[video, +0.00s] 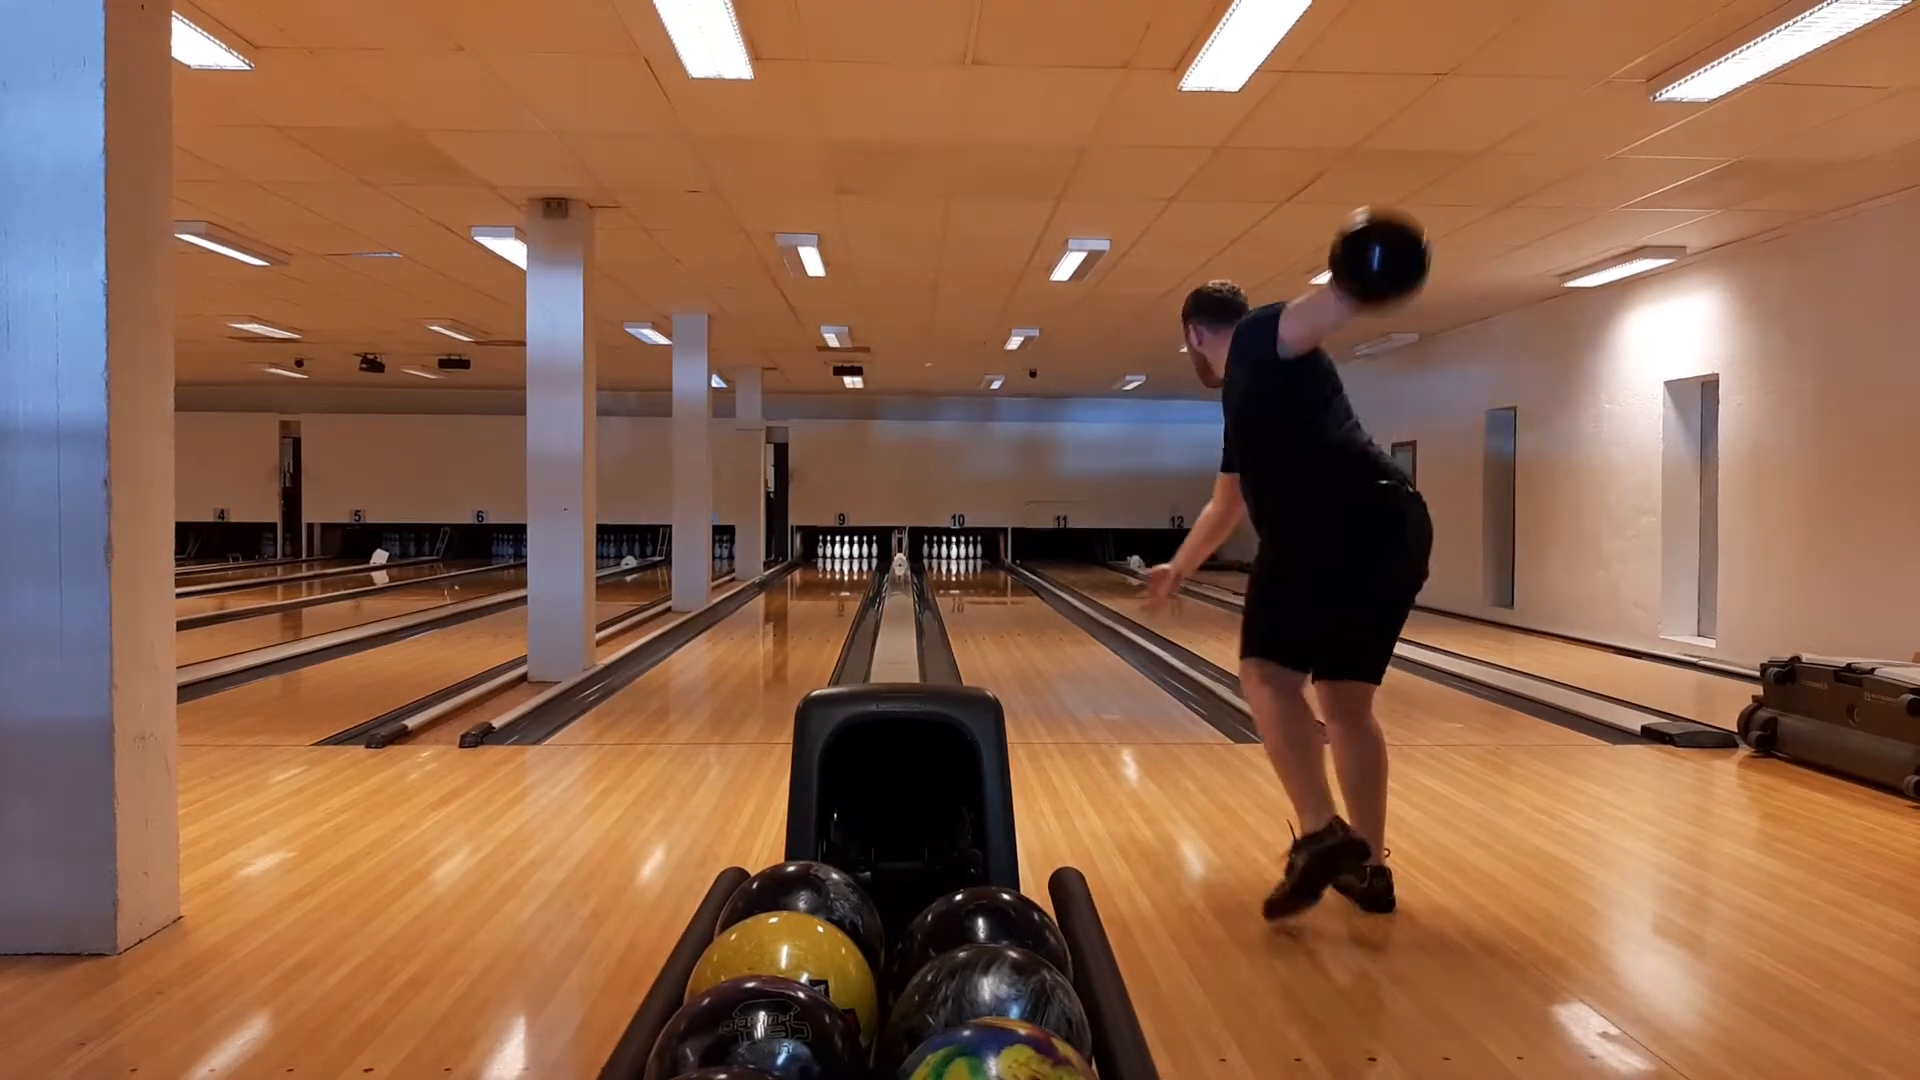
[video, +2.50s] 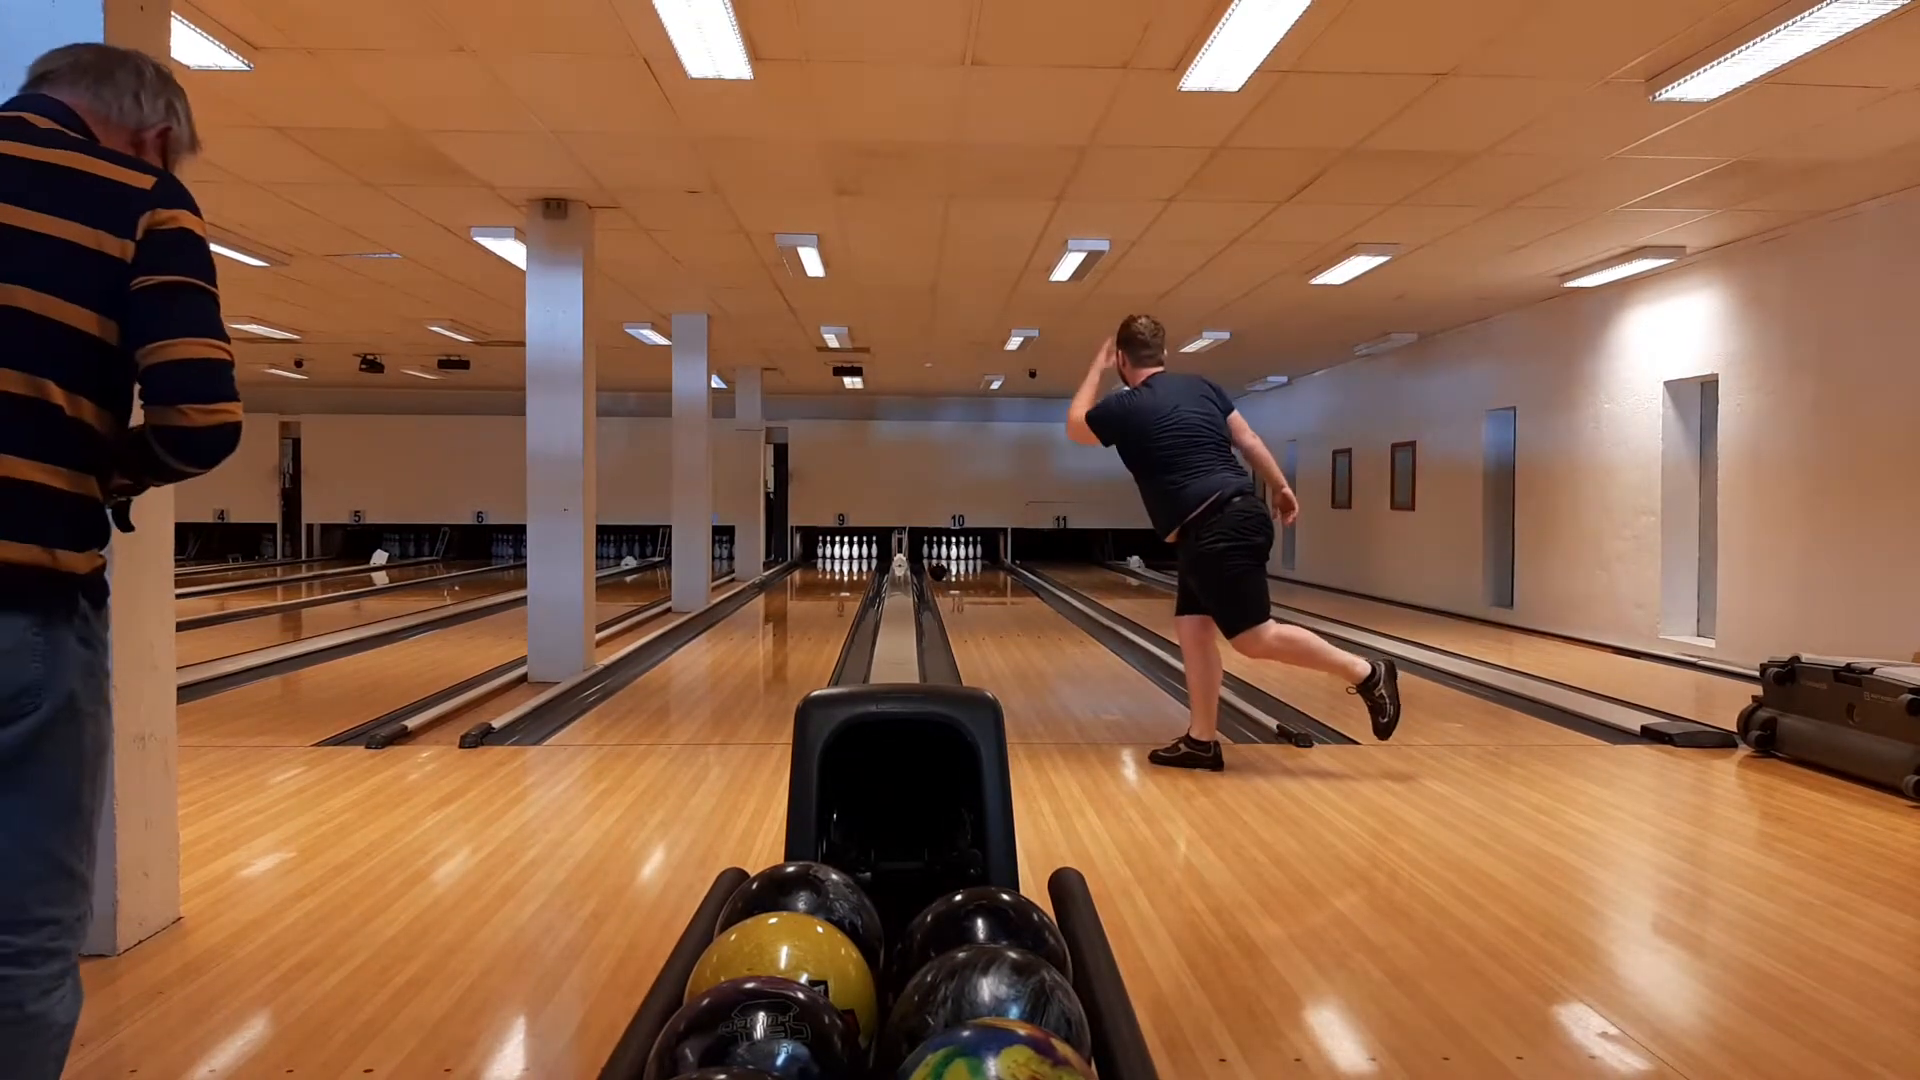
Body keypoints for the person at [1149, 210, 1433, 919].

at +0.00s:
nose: (1190, 359)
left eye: (1187, 345)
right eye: (1187, 348)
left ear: (1198, 335)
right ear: (1231, 327)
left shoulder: (1258, 335)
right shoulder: (1243, 412)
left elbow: (1321, 309)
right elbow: (1227, 504)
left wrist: (1362, 278)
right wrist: (1178, 567)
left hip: (1320, 524)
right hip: (1387, 522)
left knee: (1266, 676)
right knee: (1345, 697)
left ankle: (1319, 831)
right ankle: (1370, 863)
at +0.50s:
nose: (1132, 438)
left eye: (1128, 428)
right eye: (1130, 429)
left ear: (1135, 419)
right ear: (1165, 401)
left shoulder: (1177, 425)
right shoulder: (1213, 435)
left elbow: (1228, 393)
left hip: (1258, 577)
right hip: (1318, 570)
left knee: (1205, 708)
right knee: (1256, 661)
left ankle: (1283, 811)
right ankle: (1254, 782)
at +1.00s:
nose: (1082, 506)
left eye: (1079, 498)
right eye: (1086, 496)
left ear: (1085, 491)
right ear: (1117, 468)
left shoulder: (1094, 525)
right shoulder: (1159, 466)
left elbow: (1078, 578)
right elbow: (1209, 444)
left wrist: (1099, 534)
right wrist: (1251, 412)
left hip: (1215, 571)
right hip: (1257, 544)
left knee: (1301, 664)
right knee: (1185, 636)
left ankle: (1432, 632)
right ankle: (1186, 746)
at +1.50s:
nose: (1075, 447)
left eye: (1073, 440)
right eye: (1077, 440)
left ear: (1077, 436)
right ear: (1113, 425)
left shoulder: (1094, 456)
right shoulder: (1154, 437)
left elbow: (1120, 484)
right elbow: (1220, 464)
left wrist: (1146, 512)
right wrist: (1273, 488)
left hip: (1214, 525)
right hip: (1226, 518)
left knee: (1260, 642)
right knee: (1181, 633)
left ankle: (1382, 663)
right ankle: (1195, 742)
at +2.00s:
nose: (1099, 389)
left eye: (1097, 383)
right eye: (1102, 383)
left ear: (1101, 383)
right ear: (1141, 374)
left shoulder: (1114, 432)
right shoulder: (1181, 401)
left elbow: (1124, 517)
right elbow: (1233, 448)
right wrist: (1272, 492)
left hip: (1216, 520)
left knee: (1256, 636)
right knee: (1192, 628)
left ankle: (1371, 666)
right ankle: (1202, 740)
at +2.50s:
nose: (1116, 367)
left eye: (1117, 361)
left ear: (1122, 362)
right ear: (1164, 357)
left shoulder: (1122, 407)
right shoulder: (1203, 388)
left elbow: (1076, 424)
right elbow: (1248, 440)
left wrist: (1096, 370)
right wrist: (1281, 485)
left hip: (1213, 525)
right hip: (1235, 514)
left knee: (1252, 636)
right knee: (1192, 625)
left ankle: (1367, 673)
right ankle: (1202, 741)